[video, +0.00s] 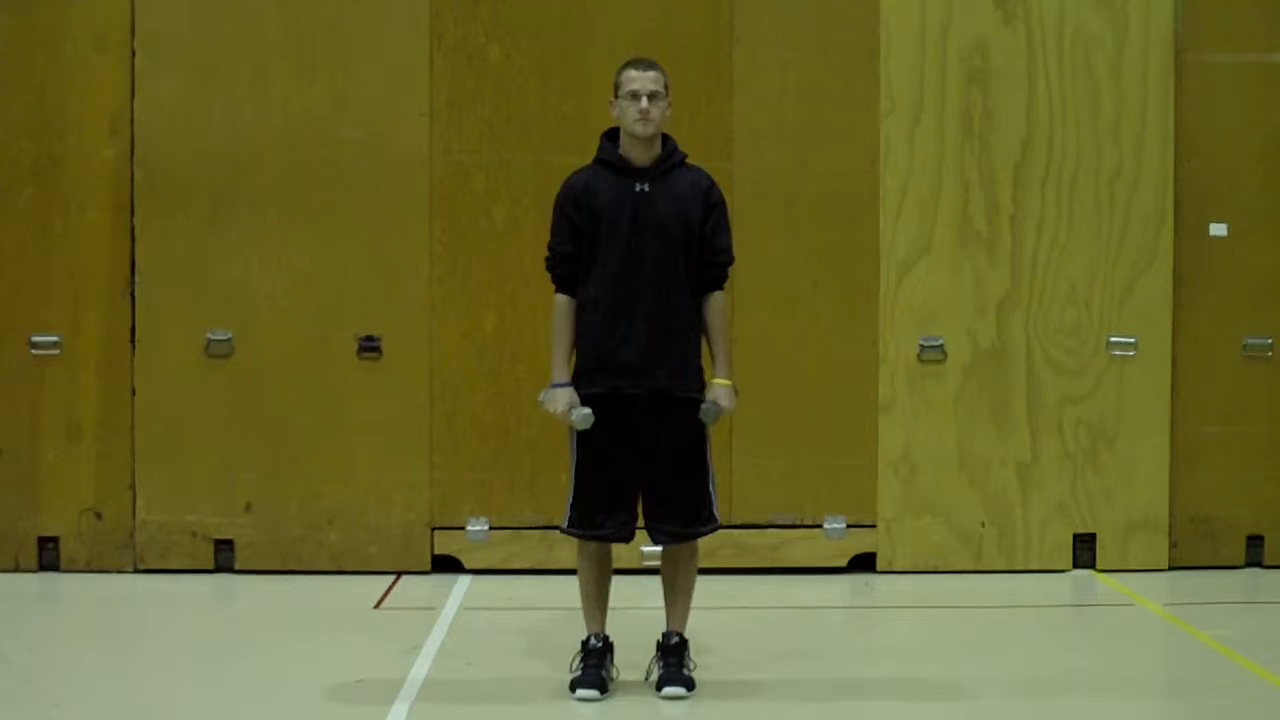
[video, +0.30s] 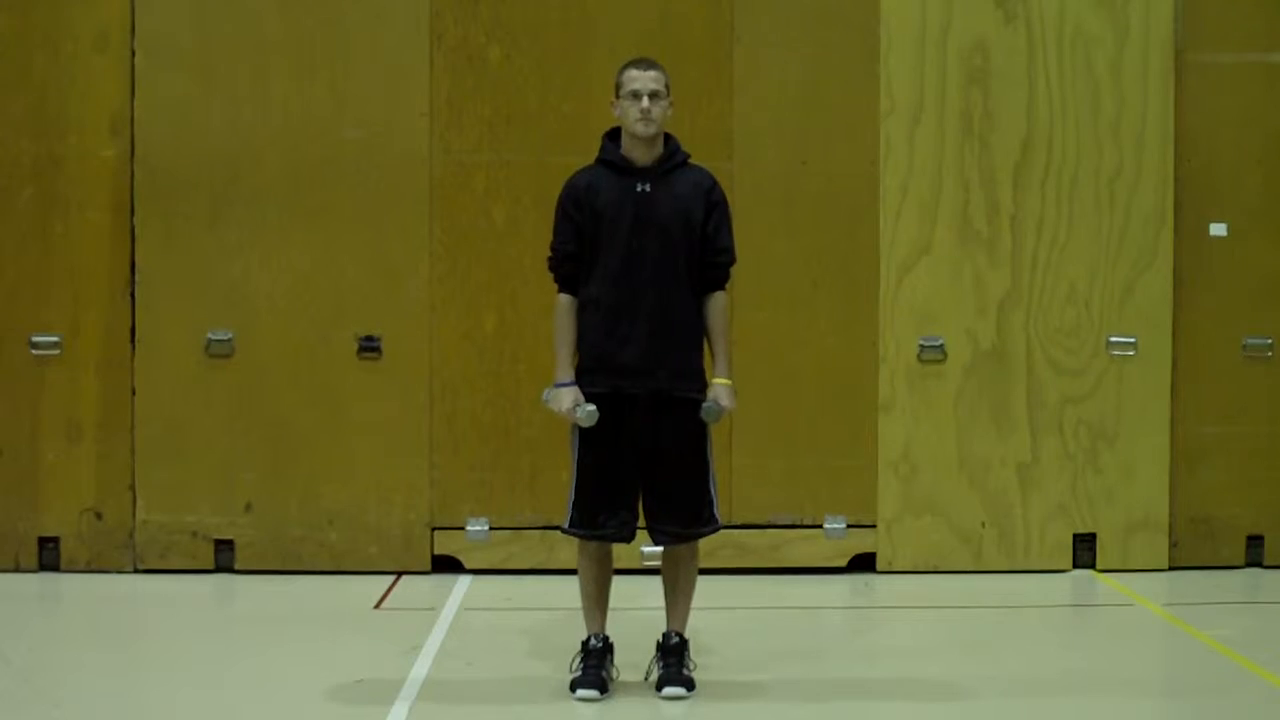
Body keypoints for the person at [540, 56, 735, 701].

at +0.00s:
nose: (645, 107)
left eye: (655, 98)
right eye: (634, 97)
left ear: (669, 107)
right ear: (614, 106)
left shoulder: (698, 189)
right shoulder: (581, 189)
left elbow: (713, 290)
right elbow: (565, 292)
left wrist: (723, 374)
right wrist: (560, 379)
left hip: (676, 384)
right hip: (601, 384)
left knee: (680, 525)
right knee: (595, 523)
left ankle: (675, 647)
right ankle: (595, 647)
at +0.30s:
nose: (646, 106)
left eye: (656, 97)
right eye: (635, 97)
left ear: (670, 107)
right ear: (615, 106)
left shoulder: (700, 187)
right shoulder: (584, 188)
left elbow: (714, 289)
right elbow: (566, 291)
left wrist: (722, 375)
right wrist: (564, 378)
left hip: (678, 384)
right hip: (603, 384)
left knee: (681, 524)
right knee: (596, 523)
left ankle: (675, 647)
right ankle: (595, 646)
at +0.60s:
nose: (651, 108)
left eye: (662, 98)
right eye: (640, 98)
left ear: (677, 108)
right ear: (622, 107)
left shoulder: (708, 189)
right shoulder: (590, 188)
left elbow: (721, 290)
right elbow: (572, 290)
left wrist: (726, 376)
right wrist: (563, 378)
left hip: (682, 385)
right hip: (606, 383)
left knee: (683, 523)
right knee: (597, 521)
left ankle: (675, 648)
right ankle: (595, 646)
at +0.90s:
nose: (661, 109)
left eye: (672, 99)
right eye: (651, 99)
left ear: (688, 109)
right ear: (632, 108)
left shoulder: (716, 191)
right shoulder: (599, 188)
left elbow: (728, 293)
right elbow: (579, 288)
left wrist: (733, 379)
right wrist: (563, 373)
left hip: (686, 386)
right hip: (611, 383)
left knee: (685, 524)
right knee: (600, 521)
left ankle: (675, 648)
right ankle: (596, 646)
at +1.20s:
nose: (663, 116)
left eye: (674, 106)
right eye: (653, 105)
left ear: (690, 111)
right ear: (635, 109)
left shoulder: (720, 192)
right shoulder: (603, 188)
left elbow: (731, 292)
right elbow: (583, 287)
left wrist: (734, 378)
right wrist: (566, 372)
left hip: (689, 387)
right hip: (614, 383)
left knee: (687, 525)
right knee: (602, 520)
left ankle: (676, 648)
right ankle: (597, 646)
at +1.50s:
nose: (622, 152)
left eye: (630, 140)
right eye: (616, 141)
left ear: (661, 122)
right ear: (611, 133)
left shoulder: (718, 192)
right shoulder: (601, 192)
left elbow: (734, 291)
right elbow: (584, 286)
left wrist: (733, 379)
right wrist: (567, 369)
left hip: (689, 389)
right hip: (615, 387)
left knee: (686, 525)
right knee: (610, 522)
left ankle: (676, 648)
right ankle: (610, 646)